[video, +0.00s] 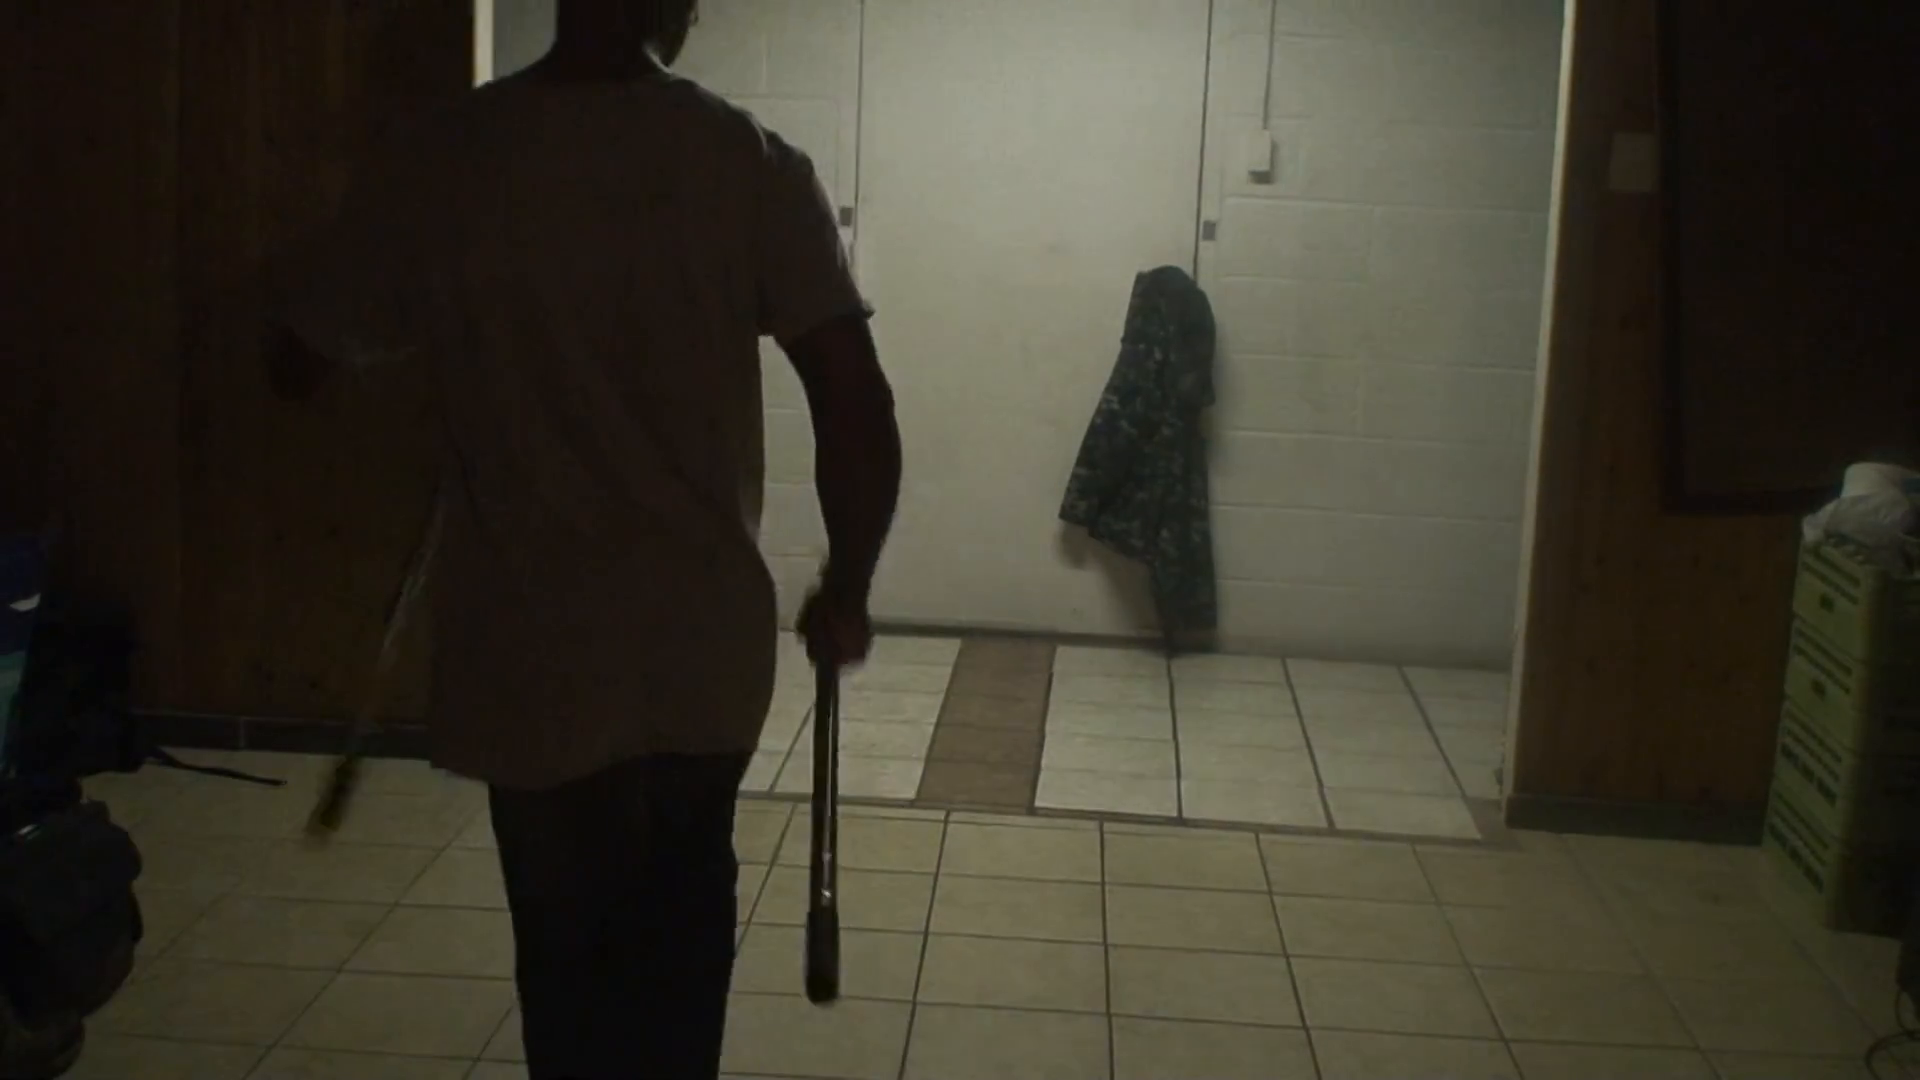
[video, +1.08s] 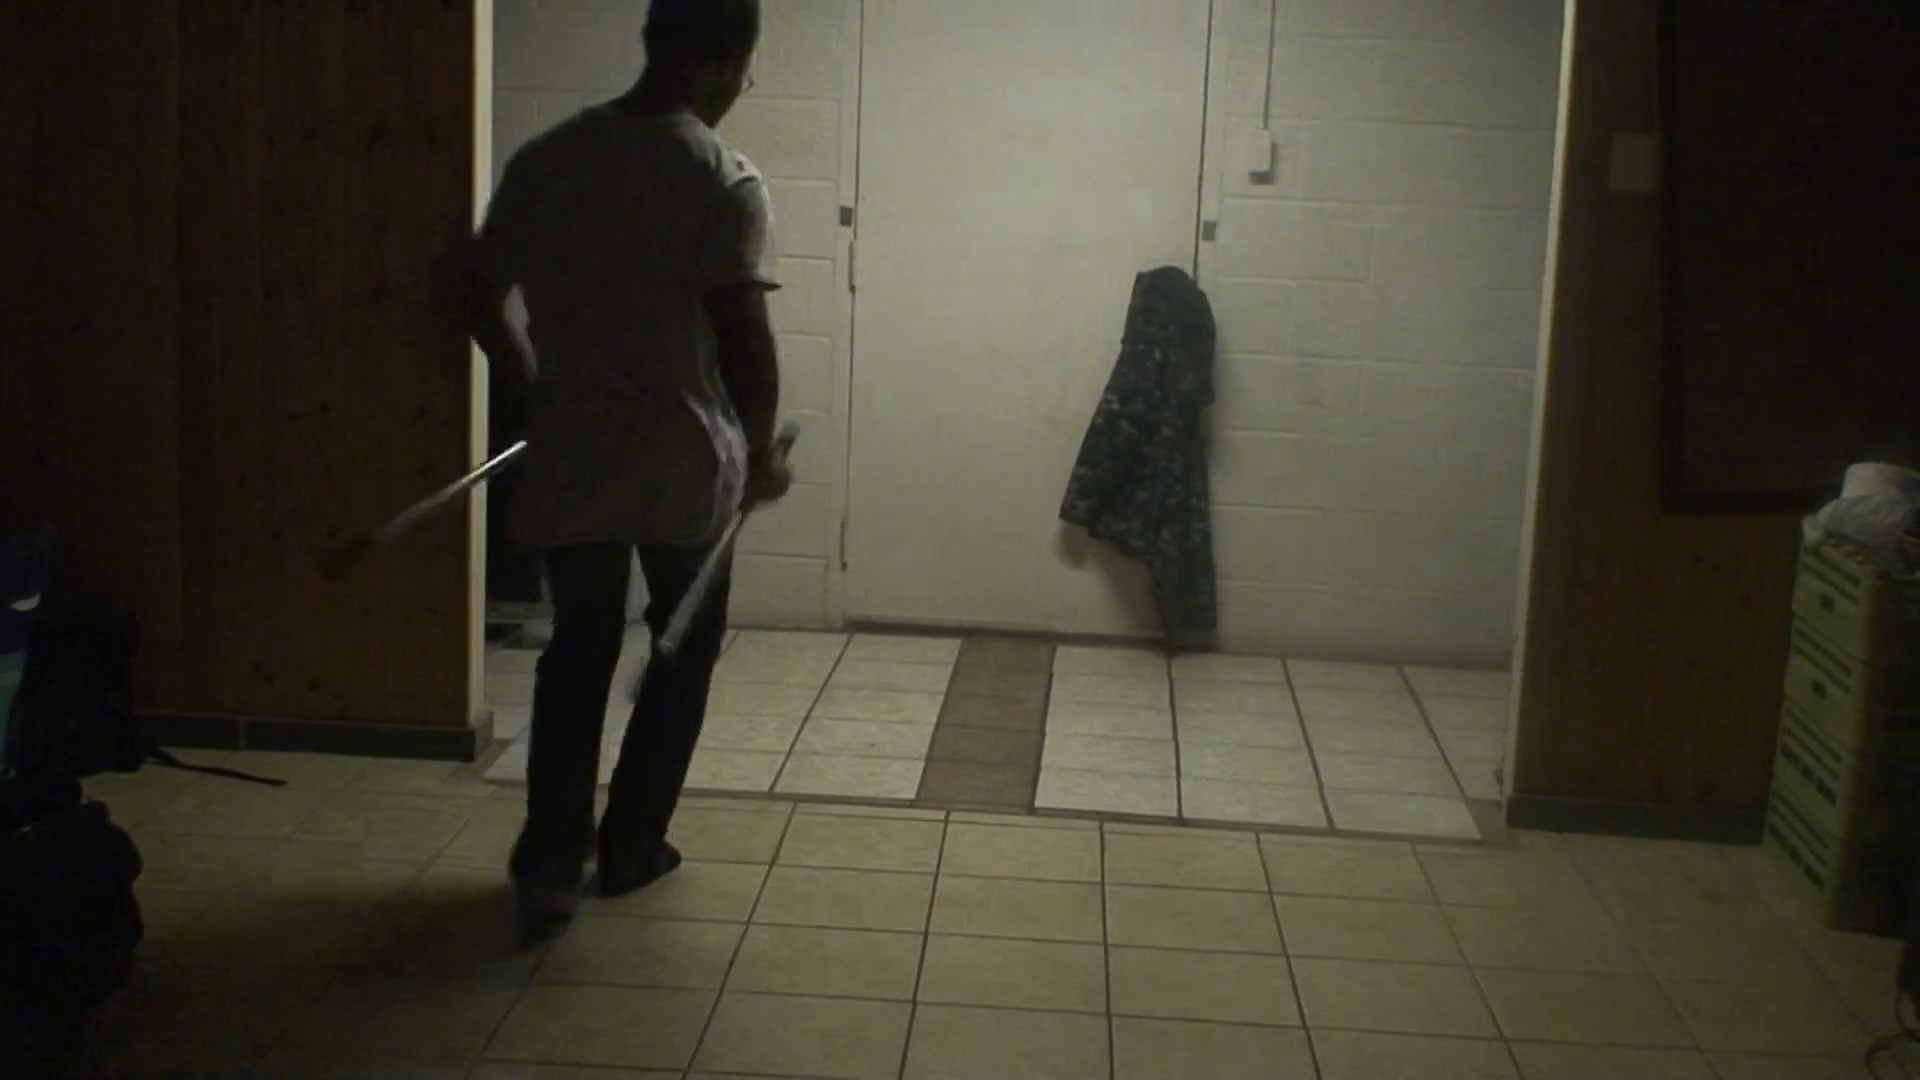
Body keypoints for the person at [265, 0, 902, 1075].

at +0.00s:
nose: (681, 21)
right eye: (684, 16)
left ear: (558, 6)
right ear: (675, 16)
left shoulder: (446, 148)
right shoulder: (747, 167)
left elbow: (298, 350)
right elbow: (856, 407)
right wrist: (847, 587)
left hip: (517, 637)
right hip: (699, 635)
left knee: (556, 940)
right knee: (681, 928)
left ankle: (571, 1074)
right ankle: (670, 1074)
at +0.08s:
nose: (700, 19)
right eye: (700, 11)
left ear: (579, 6)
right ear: (684, 13)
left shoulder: (454, 144)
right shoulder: (747, 160)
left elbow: (349, 374)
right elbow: (863, 395)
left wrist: (419, 482)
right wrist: (828, 480)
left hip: (522, 604)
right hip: (691, 604)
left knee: (549, 889)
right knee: (684, 886)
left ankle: (574, 1069)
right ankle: (676, 1072)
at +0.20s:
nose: (713, 16)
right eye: (714, 10)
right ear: (700, 10)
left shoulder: (475, 122)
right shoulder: (752, 145)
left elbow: (366, 332)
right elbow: (864, 362)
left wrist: (353, 508)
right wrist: (822, 202)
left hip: (503, 517)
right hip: (666, 535)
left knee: (513, 672)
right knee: (669, 837)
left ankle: (546, 903)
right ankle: (668, 1065)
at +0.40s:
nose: (706, 30)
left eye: (701, 16)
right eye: (704, 16)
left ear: (593, 10)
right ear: (686, 20)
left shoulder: (478, 125)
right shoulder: (733, 153)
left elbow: (368, 313)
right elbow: (831, 360)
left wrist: (365, 477)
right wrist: (805, 257)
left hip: (495, 502)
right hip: (641, 524)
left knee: (506, 729)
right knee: (625, 785)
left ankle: (516, 962)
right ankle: (588, 1050)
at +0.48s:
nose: (699, 47)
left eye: (697, 29)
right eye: (698, 29)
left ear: (588, 21)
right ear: (678, 31)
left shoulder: (471, 146)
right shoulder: (717, 173)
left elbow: (370, 317)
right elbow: (805, 377)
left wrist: (386, 456)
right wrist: (777, 418)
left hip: (494, 524)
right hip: (635, 540)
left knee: (507, 742)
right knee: (627, 793)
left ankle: (514, 965)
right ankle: (588, 1054)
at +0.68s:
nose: (682, 59)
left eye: (681, 39)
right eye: (681, 39)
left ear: (581, 26)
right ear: (658, 39)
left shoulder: (471, 146)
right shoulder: (696, 167)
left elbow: (383, 313)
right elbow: (741, 362)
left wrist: (450, 282)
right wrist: (745, 509)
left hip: (506, 482)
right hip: (634, 489)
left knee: (516, 711)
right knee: (630, 690)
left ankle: (520, 967)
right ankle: (591, 911)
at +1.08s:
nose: (743, 81)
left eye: (742, 63)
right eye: (743, 65)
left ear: (653, 48)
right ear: (725, 63)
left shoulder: (548, 157)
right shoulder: (724, 179)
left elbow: (473, 285)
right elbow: (743, 327)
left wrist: (528, 383)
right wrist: (763, 446)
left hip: (568, 443)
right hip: (682, 451)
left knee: (578, 639)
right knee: (684, 645)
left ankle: (546, 864)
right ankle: (630, 845)